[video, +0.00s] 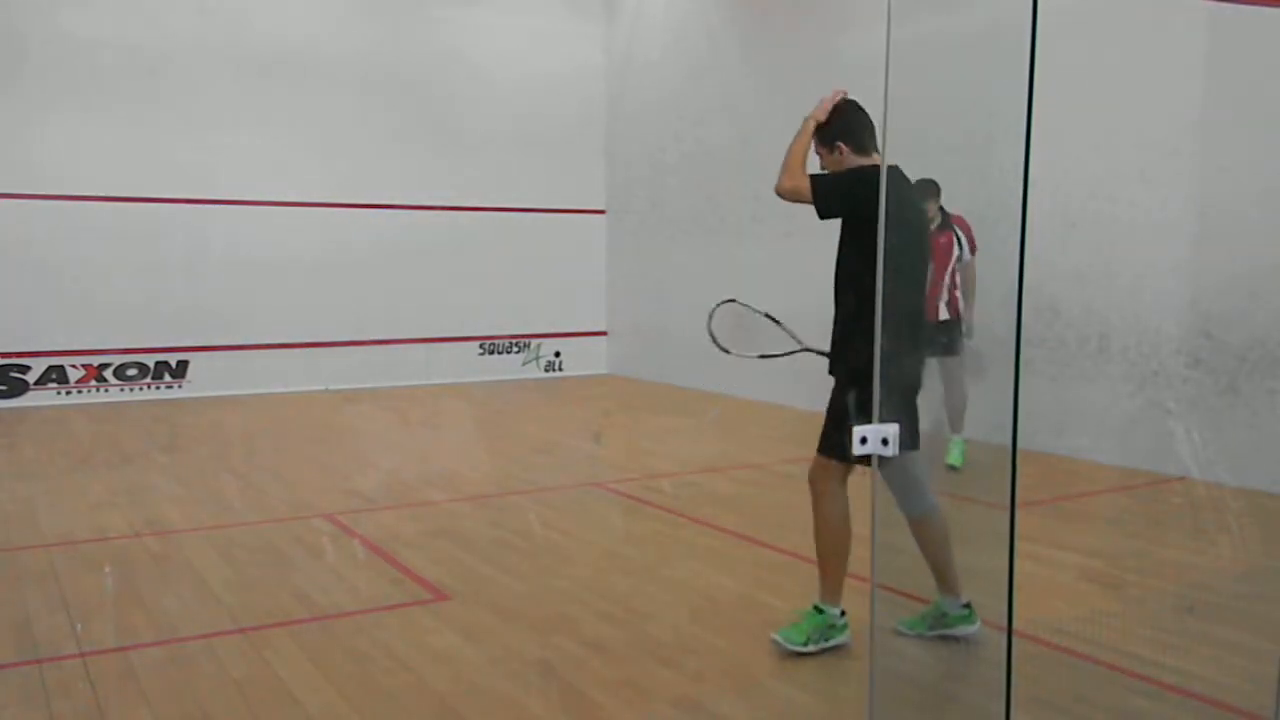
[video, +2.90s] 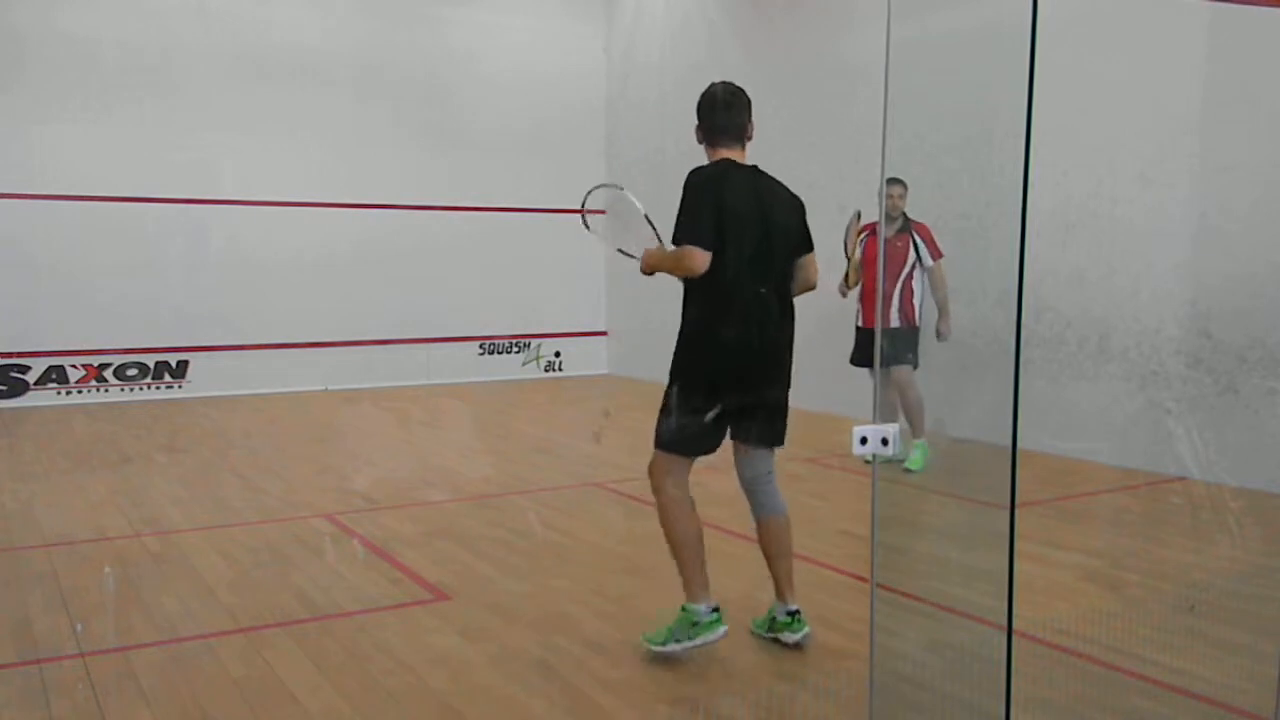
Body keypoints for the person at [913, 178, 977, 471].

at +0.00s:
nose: (925, 214)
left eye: (928, 208)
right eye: (920, 209)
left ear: (939, 203)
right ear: (914, 207)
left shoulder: (957, 228)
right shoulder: (909, 229)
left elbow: (967, 271)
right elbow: (899, 270)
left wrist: (968, 314)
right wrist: (896, 311)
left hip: (946, 318)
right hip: (912, 318)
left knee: (952, 378)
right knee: (906, 380)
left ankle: (956, 437)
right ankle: (898, 439)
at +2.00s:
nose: (922, 220)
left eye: (927, 214)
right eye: (917, 215)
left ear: (940, 207)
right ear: (912, 212)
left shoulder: (960, 232)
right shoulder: (908, 237)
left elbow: (974, 273)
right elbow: (898, 279)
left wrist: (949, 306)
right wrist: (889, 320)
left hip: (948, 330)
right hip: (912, 328)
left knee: (955, 386)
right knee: (899, 382)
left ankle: (962, 448)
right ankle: (895, 442)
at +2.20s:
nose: (914, 207)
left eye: (919, 202)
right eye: (909, 203)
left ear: (929, 202)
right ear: (902, 206)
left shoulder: (943, 231)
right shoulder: (892, 236)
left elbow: (951, 273)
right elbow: (886, 279)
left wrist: (908, 290)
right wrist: (881, 319)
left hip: (933, 328)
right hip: (897, 327)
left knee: (945, 384)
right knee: (892, 382)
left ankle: (960, 447)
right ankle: (894, 443)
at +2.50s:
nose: (900, 203)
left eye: (905, 198)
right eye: (895, 198)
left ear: (913, 200)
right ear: (887, 201)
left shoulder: (924, 233)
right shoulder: (876, 233)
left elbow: (932, 279)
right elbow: (865, 274)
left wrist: (932, 320)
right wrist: (856, 308)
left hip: (909, 324)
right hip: (879, 324)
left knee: (914, 379)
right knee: (886, 382)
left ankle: (945, 440)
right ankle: (890, 443)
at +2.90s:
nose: (893, 202)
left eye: (898, 197)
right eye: (888, 197)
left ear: (906, 201)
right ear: (880, 199)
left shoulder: (918, 233)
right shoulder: (866, 233)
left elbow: (935, 273)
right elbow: (856, 267)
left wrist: (943, 315)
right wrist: (847, 281)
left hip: (902, 322)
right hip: (870, 322)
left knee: (901, 376)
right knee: (881, 381)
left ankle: (919, 441)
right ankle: (885, 442)